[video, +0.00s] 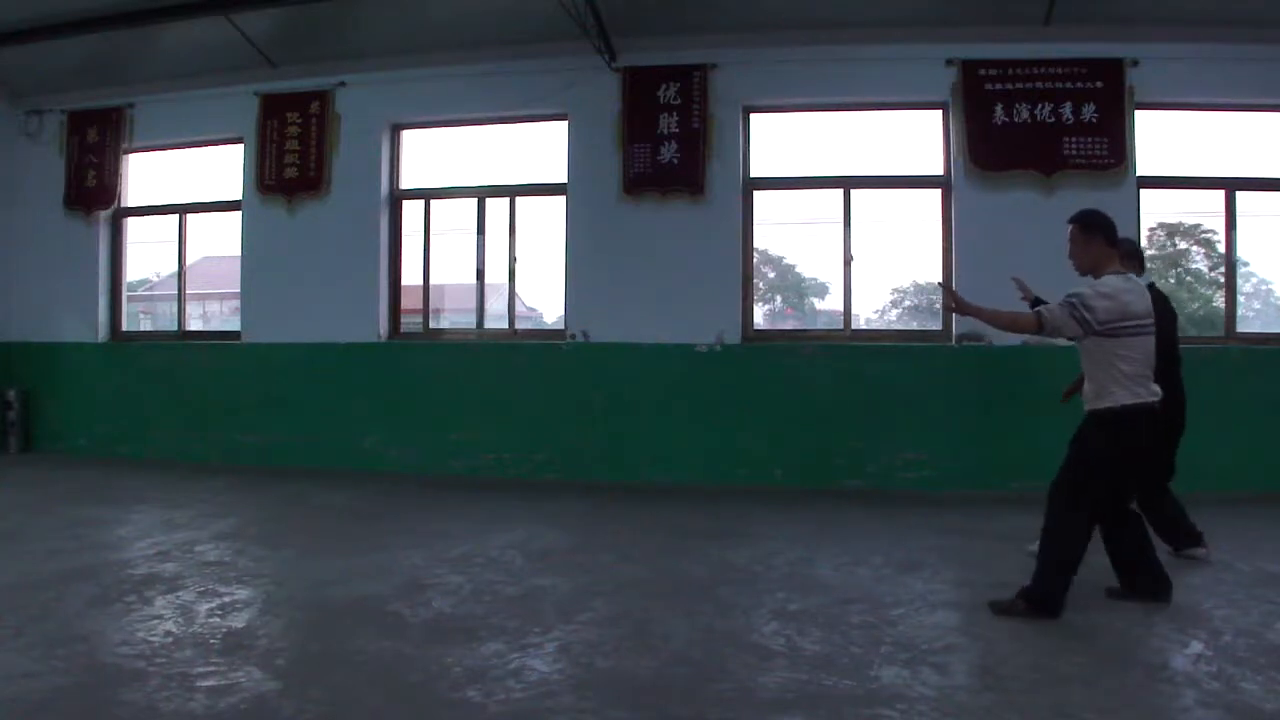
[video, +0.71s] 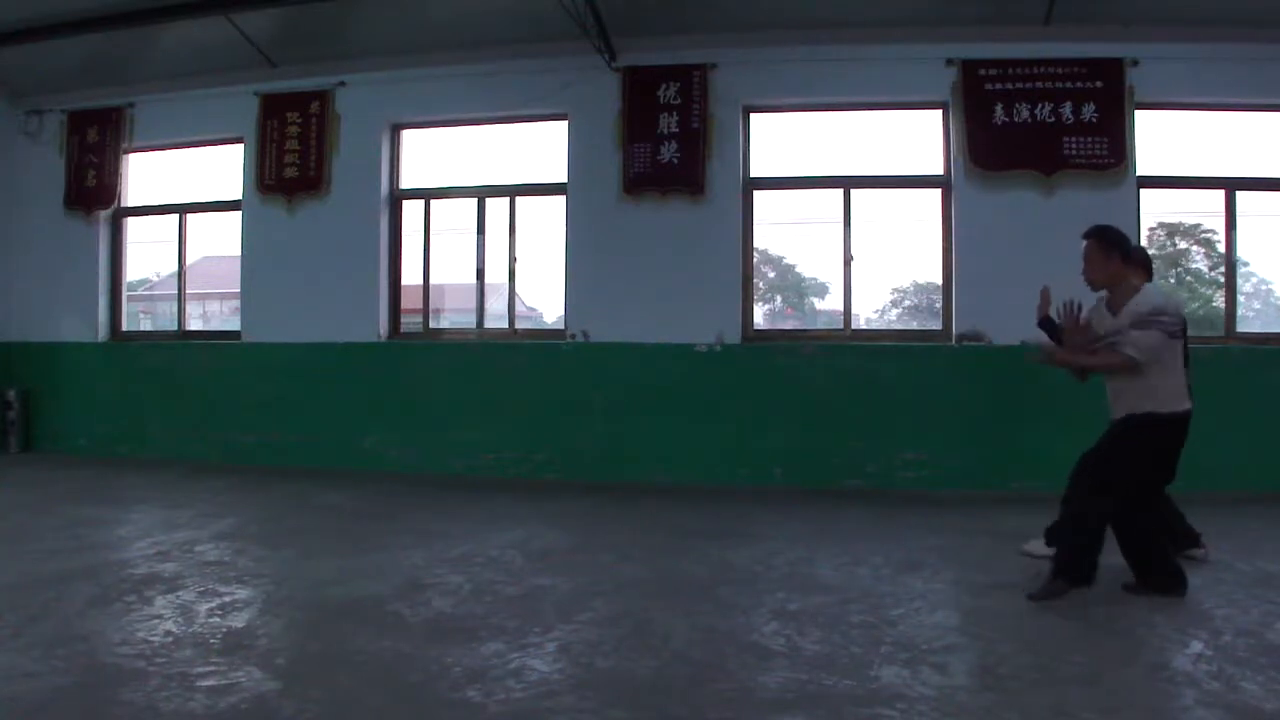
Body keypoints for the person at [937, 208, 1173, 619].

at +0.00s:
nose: (1069, 252)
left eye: (1074, 243)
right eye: (1069, 244)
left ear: (1097, 243)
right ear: (1106, 245)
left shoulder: (1096, 297)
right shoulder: (1139, 292)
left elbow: (1034, 323)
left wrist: (966, 308)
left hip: (1111, 419)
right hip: (1144, 413)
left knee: (1067, 500)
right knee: (1111, 500)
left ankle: (1044, 598)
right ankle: (1146, 583)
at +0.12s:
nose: (1062, 253)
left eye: (1067, 243)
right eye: (1062, 244)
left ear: (1089, 243)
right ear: (1102, 245)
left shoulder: (1086, 298)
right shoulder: (1136, 292)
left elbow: (1024, 323)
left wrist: (961, 307)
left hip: (1105, 420)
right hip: (1144, 413)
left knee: (1063, 501)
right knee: (1113, 500)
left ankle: (1043, 598)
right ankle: (1147, 582)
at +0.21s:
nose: (1053, 255)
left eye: (1057, 245)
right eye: (1052, 246)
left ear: (1079, 244)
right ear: (1093, 245)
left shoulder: (1073, 300)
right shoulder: (1132, 292)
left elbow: (1014, 323)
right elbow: (1149, 340)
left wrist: (957, 305)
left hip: (1098, 420)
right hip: (1140, 413)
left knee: (1057, 502)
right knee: (1113, 500)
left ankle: (1041, 598)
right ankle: (1147, 582)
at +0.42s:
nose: (1049, 266)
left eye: (1053, 257)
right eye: (1049, 258)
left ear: (1075, 255)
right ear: (1088, 257)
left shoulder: (1066, 310)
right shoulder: (1130, 301)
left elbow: (1010, 326)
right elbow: (1147, 352)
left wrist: (951, 310)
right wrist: (1084, 382)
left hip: (1099, 429)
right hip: (1142, 420)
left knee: (1048, 502)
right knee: (1105, 498)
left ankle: (1039, 599)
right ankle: (1157, 570)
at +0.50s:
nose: (1059, 269)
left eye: (1063, 259)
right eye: (1059, 260)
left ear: (1087, 260)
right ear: (1097, 261)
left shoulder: (1087, 310)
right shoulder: (1131, 302)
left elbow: (1020, 323)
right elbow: (1092, 337)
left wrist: (956, 313)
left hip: (1110, 431)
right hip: (1147, 423)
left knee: (1059, 505)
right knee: (1120, 504)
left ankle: (1039, 598)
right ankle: (1161, 576)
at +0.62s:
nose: (1073, 270)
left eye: (1078, 261)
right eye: (1073, 262)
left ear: (1104, 260)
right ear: (1108, 262)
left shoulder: (1124, 306)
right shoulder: (1126, 305)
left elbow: (1062, 331)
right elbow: (1105, 368)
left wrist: (999, 331)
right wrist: (1058, 343)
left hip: (1140, 424)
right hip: (1142, 421)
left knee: (1084, 498)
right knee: (1128, 501)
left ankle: (1042, 585)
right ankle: (1161, 578)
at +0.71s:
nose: (1083, 270)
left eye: (1089, 260)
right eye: (1083, 261)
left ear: (1116, 261)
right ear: (1110, 263)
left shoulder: (1158, 306)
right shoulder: (1102, 311)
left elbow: (1132, 359)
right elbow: (1084, 368)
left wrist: (1068, 358)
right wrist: (1074, 344)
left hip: (1162, 419)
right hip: (1130, 419)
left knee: (1091, 480)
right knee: (1131, 497)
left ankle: (1070, 571)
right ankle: (1161, 578)